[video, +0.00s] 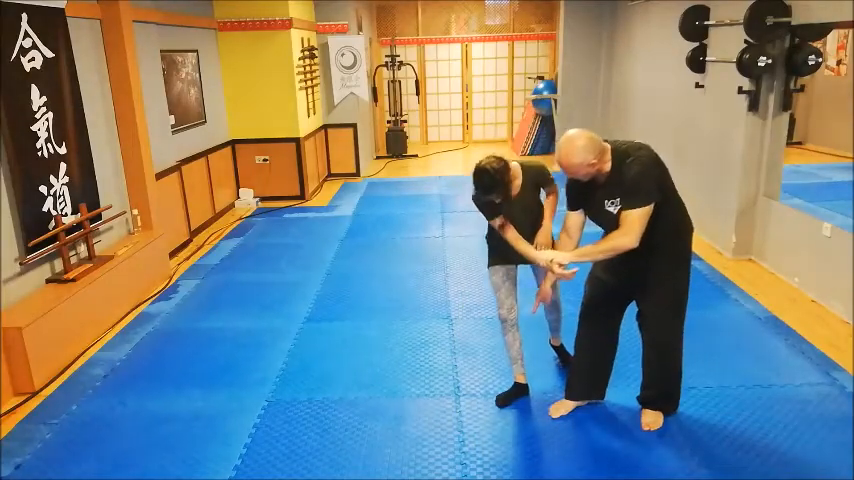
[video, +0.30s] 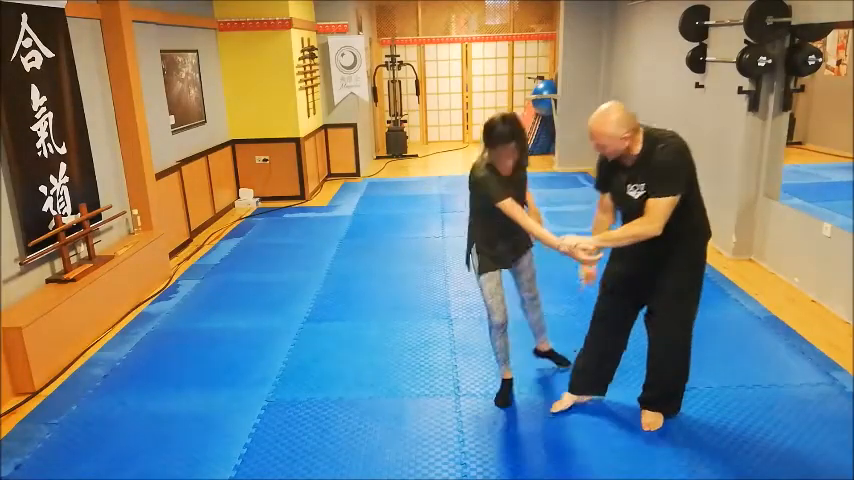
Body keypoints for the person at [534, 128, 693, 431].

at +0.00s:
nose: (571, 180)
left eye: (574, 175)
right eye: (567, 175)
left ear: (595, 162)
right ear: (569, 162)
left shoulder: (639, 164)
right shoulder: (579, 176)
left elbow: (629, 238)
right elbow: (570, 234)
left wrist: (569, 255)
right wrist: (548, 280)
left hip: (665, 246)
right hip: (620, 244)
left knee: (659, 323)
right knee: (596, 312)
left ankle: (654, 402)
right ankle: (582, 391)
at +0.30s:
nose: (597, 148)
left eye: (602, 143)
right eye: (595, 141)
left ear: (627, 138)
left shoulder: (669, 153)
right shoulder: (610, 159)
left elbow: (653, 225)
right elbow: (605, 211)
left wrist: (594, 242)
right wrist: (591, 255)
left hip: (681, 248)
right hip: (635, 242)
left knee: (668, 323)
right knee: (609, 312)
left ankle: (655, 403)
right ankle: (585, 386)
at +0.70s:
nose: (631, 111)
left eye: (637, 105)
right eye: (631, 104)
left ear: (664, 106)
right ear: (651, 106)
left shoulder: (693, 141)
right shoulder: (643, 140)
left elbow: (675, 212)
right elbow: (641, 194)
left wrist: (618, 224)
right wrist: (622, 230)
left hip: (688, 244)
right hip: (652, 238)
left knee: (667, 320)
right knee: (643, 311)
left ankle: (657, 400)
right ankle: (675, 366)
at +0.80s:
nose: (640, 105)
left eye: (647, 100)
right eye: (640, 98)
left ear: (672, 102)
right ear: (659, 101)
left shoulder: (696, 140)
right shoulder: (652, 134)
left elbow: (673, 210)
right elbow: (646, 190)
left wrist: (620, 222)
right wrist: (623, 226)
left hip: (689, 242)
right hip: (657, 236)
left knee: (666, 317)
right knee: (664, 306)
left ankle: (658, 400)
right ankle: (689, 364)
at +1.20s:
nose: (662, 95)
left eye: (667, 90)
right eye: (664, 89)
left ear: (686, 93)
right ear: (691, 92)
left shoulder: (694, 135)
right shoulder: (713, 121)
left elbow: (656, 192)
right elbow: (699, 184)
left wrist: (607, 224)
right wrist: (668, 218)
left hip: (691, 234)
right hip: (703, 226)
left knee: (670, 312)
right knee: (693, 303)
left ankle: (658, 395)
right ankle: (697, 372)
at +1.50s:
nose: (663, 94)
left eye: (668, 89)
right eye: (664, 88)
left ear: (690, 91)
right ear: (695, 91)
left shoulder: (687, 132)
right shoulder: (720, 122)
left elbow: (643, 188)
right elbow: (710, 183)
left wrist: (597, 218)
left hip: (687, 232)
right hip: (711, 225)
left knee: (669, 309)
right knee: (696, 300)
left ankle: (658, 393)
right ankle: (697, 372)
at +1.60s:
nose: (662, 95)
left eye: (667, 89)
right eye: (663, 88)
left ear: (689, 90)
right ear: (694, 91)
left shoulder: (685, 132)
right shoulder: (720, 123)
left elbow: (640, 188)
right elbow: (710, 184)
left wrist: (596, 219)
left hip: (686, 231)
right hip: (711, 225)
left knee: (669, 308)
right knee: (696, 300)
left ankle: (657, 393)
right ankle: (696, 372)